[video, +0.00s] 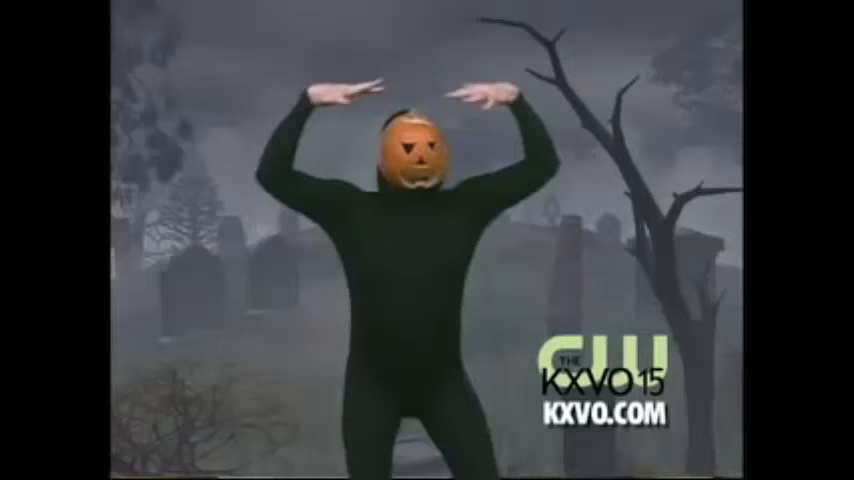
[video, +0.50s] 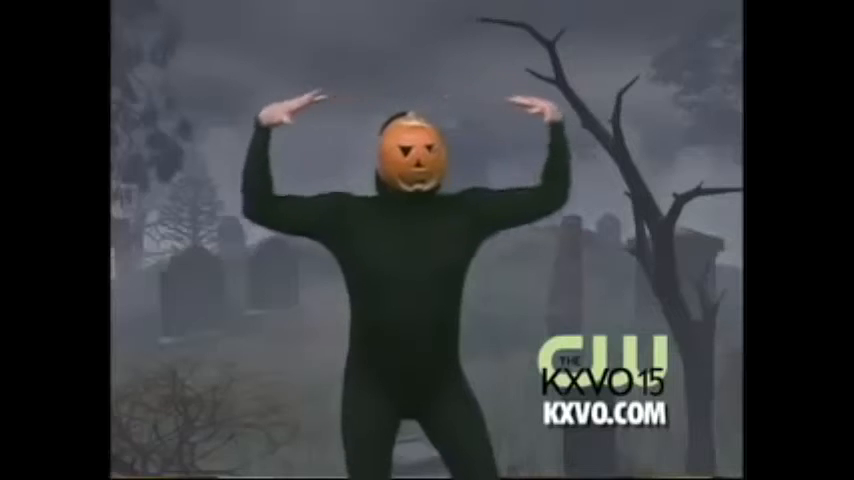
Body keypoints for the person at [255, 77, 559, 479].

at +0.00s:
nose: (420, 153)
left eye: (430, 146)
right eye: (406, 146)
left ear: (445, 159)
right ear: (382, 160)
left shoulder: (467, 206)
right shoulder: (348, 208)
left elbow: (542, 163)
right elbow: (273, 174)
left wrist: (517, 101)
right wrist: (306, 101)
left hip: (444, 382)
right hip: (372, 385)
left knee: (481, 472)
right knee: (367, 473)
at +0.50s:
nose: (418, 157)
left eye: (429, 148)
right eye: (403, 148)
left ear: (445, 161)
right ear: (380, 163)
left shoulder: (468, 212)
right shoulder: (345, 215)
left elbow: (551, 195)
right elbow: (260, 206)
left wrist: (556, 126)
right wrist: (262, 129)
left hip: (443, 384)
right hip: (371, 388)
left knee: (482, 472)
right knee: (367, 474)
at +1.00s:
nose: (411, 157)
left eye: (422, 148)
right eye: (397, 149)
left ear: (439, 161)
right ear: (375, 163)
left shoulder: (463, 220)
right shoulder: (344, 226)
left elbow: (543, 241)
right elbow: (266, 271)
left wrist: (603, 184)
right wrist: (206, 216)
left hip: (438, 386)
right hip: (365, 388)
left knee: (472, 473)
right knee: (364, 476)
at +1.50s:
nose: (394, 158)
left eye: (405, 148)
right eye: (381, 151)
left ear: (422, 161)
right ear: (362, 164)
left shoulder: (446, 223)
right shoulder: (333, 235)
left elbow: (508, 277)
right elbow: (291, 315)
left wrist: (581, 282)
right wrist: (227, 364)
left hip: (432, 387)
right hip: (361, 392)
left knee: (462, 472)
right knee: (360, 475)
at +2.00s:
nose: (395, 94)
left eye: (405, 84)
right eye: (379, 86)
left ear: (419, 97)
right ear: (356, 110)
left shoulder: (432, 160)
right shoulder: (346, 179)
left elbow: (432, 253)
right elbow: (413, 263)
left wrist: (453, 169)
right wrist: (449, 180)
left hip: (428, 320)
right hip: (366, 331)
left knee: (458, 415)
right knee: (376, 454)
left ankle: (446, 474)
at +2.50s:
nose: (410, 87)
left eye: (421, 77)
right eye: (397, 77)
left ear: (437, 91)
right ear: (375, 92)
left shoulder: (456, 162)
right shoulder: (338, 164)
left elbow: (491, 258)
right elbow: (308, 237)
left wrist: (422, 227)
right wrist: (332, 294)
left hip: (440, 332)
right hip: (368, 339)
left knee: (489, 454)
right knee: (373, 470)